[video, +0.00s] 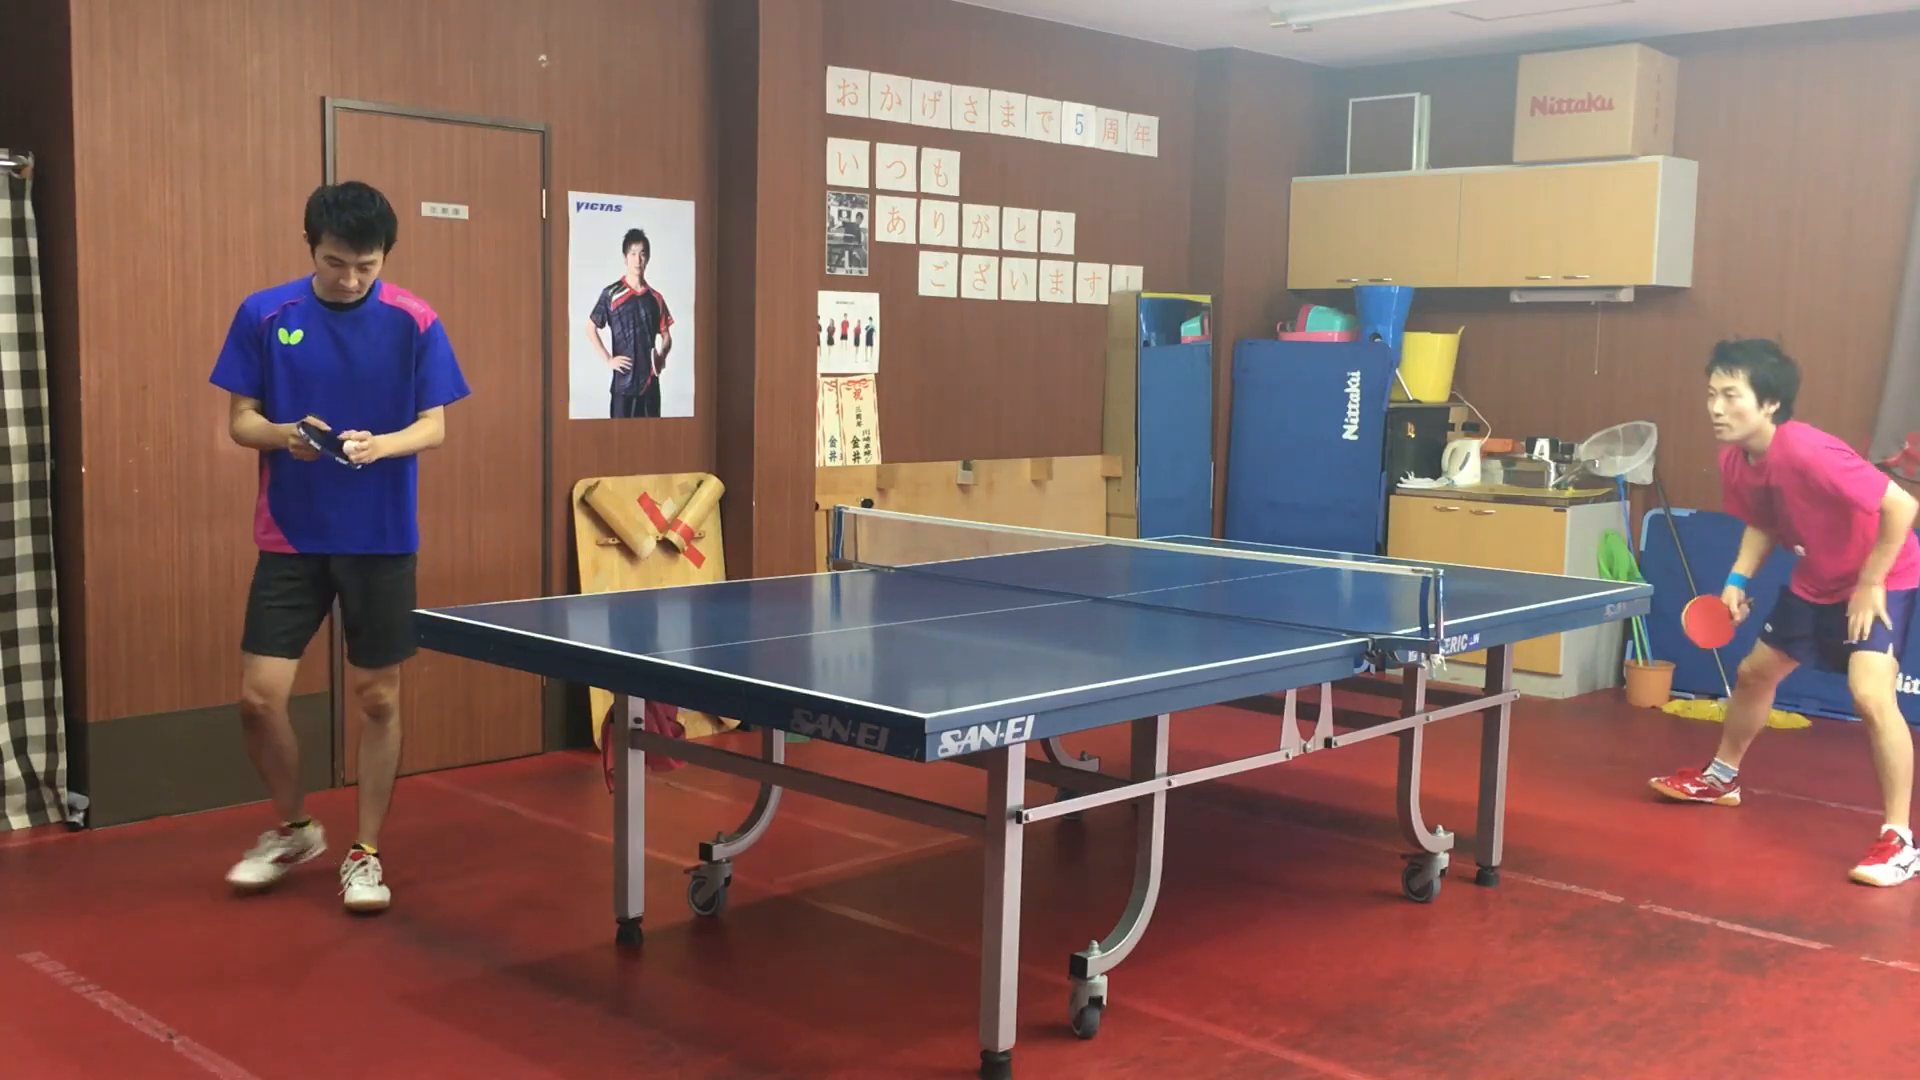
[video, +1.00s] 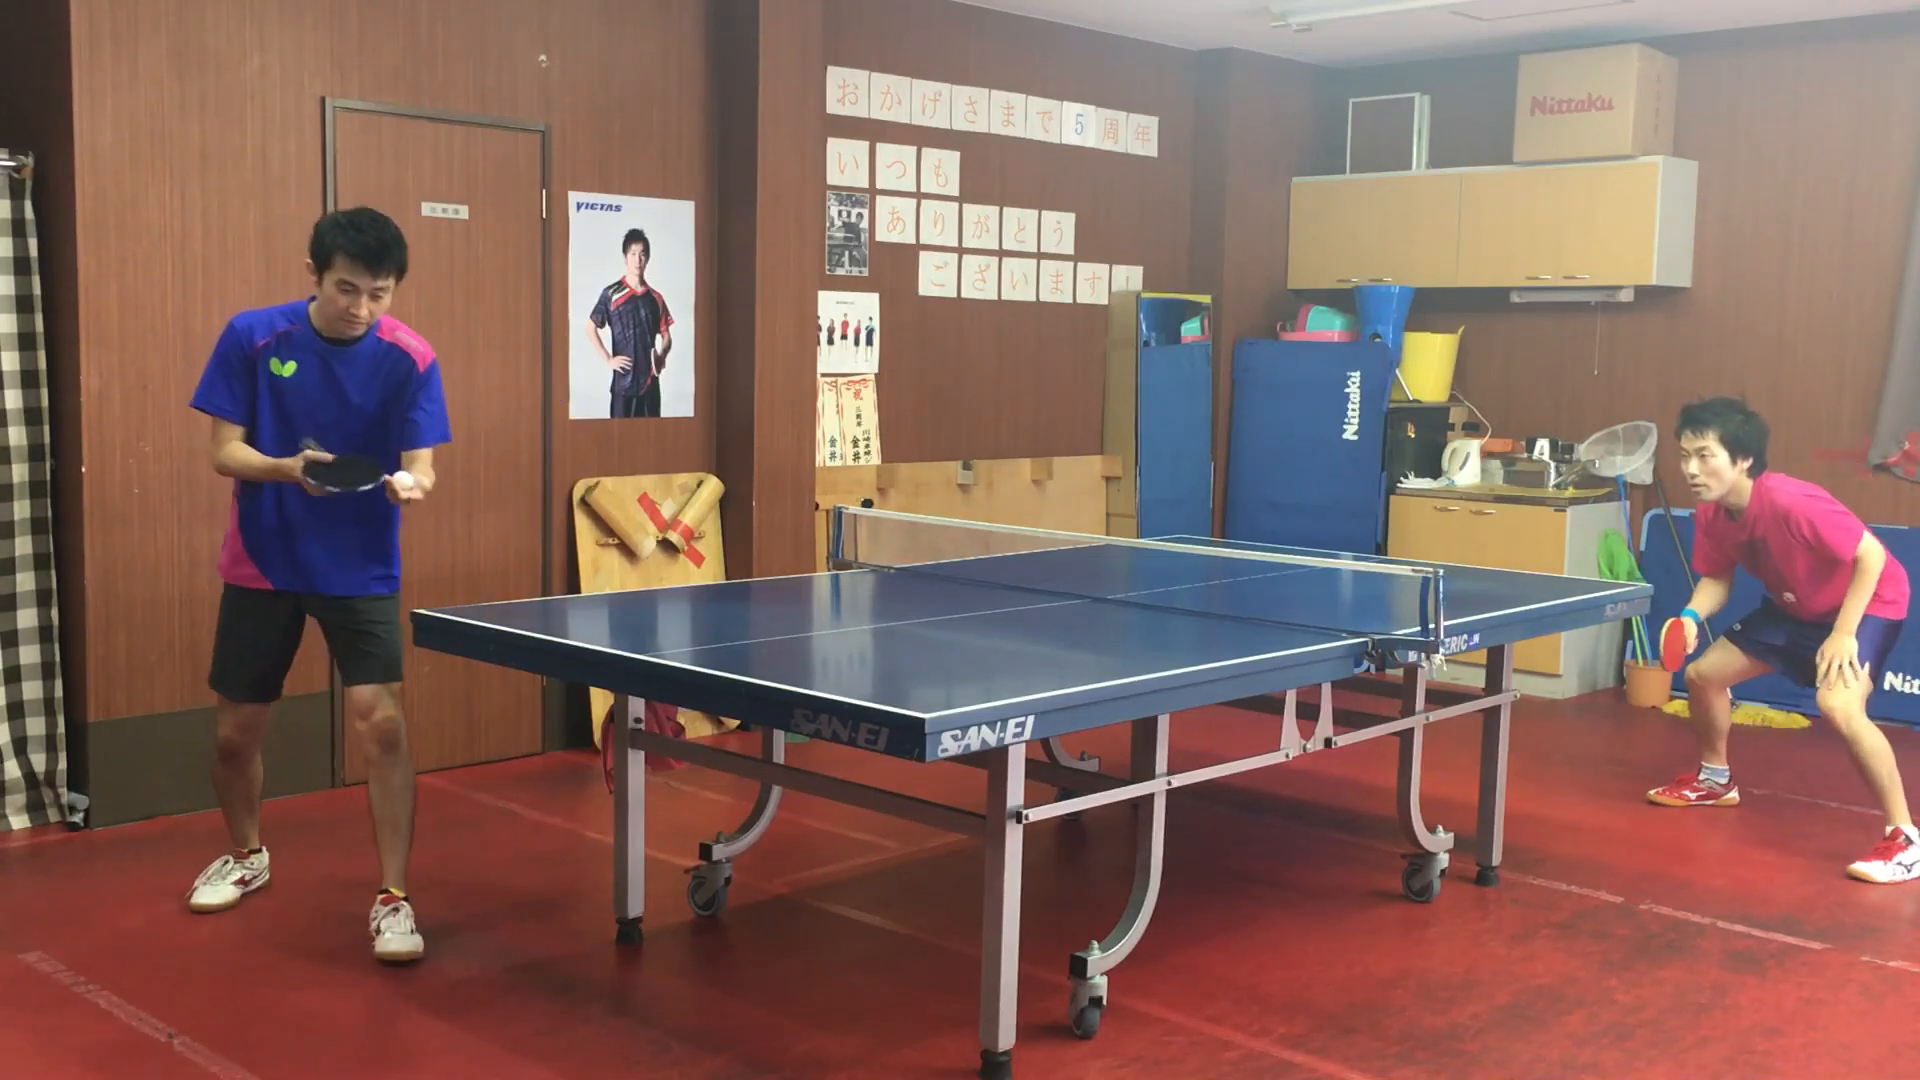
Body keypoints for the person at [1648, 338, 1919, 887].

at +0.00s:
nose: (1715, 407)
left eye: (1730, 395)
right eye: (1712, 395)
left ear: (1770, 405)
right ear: (1709, 398)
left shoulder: (1808, 452)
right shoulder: (1735, 461)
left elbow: (1902, 506)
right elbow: (1761, 522)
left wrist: (1871, 582)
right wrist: (1737, 580)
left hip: (1881, 580)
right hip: (1814, 578)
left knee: (1871, 697)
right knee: (1754, 673)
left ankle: (1899, 837)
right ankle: (1721, 776)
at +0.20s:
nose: (1709, 425)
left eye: (1724, 412)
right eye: (1705, 412)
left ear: (1766, 422)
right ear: (1701, 415)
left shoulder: (1807, 467)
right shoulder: (1728, 474)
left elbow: (1899, 517)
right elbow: (1755, 533)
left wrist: (1873, 595)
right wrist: (1725, 585)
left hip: (1876, 584)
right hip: (1808, 580)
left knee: (1869, 698)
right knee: (1739, 673)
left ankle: (1899, 838)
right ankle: (1716, 779)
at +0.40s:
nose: (1685, 427)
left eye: (1698, 415)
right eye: (1681, 415)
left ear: (1739, 424)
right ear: (1678, 418)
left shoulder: (1781, 467)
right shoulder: (1703, 474)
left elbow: (1865, 521)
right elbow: (1719, 537)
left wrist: (1846, 602)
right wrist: (1696, 586)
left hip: (1848, 588)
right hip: (1782, 584)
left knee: (1854, 696)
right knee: (1706, 666)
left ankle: (1897, 837)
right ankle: (1714, 779)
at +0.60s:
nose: (1669, 428)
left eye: (1683, 414)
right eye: (1666, 416)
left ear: (1724, 423)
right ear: (1663, 421)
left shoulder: (1767, 467)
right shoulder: (1694, 479)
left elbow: (1848, 525)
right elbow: (1707, 543)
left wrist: (1836, 604)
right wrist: (1686, 588)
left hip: (1844, 586)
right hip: (1776, 584)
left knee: (1853, 697)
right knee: (1700, 662)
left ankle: (1906, 835)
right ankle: (1713, 777)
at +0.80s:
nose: (1678, 446)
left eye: (1691, 433)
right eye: (1674, 434)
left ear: (1732, 440)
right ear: (1671, 438)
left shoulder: (1774, 483)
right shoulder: (1703, 493)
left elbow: (1856, 541)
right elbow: (1714, 557)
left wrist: (1838, 620)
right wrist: (1689, 600)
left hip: (1857, 592)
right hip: (1788, 592)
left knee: (1845, 698)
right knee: (1702, 666)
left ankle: (1906, 836)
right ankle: (1713, 777)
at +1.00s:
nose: (1690, 469)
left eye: (1703, 456)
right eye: (1685, 456)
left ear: (1744, 462)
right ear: (1679, 459)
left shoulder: (1791, 503)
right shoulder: (1713, 513)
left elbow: (1872, 556)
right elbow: (1715, 579)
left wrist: (1843, 633)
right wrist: (1690, 617)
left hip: (1869, 603)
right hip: (1796, 606)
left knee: (1838, 705)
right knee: (1704, 675)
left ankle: (1904, 837)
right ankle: (1713, 780)